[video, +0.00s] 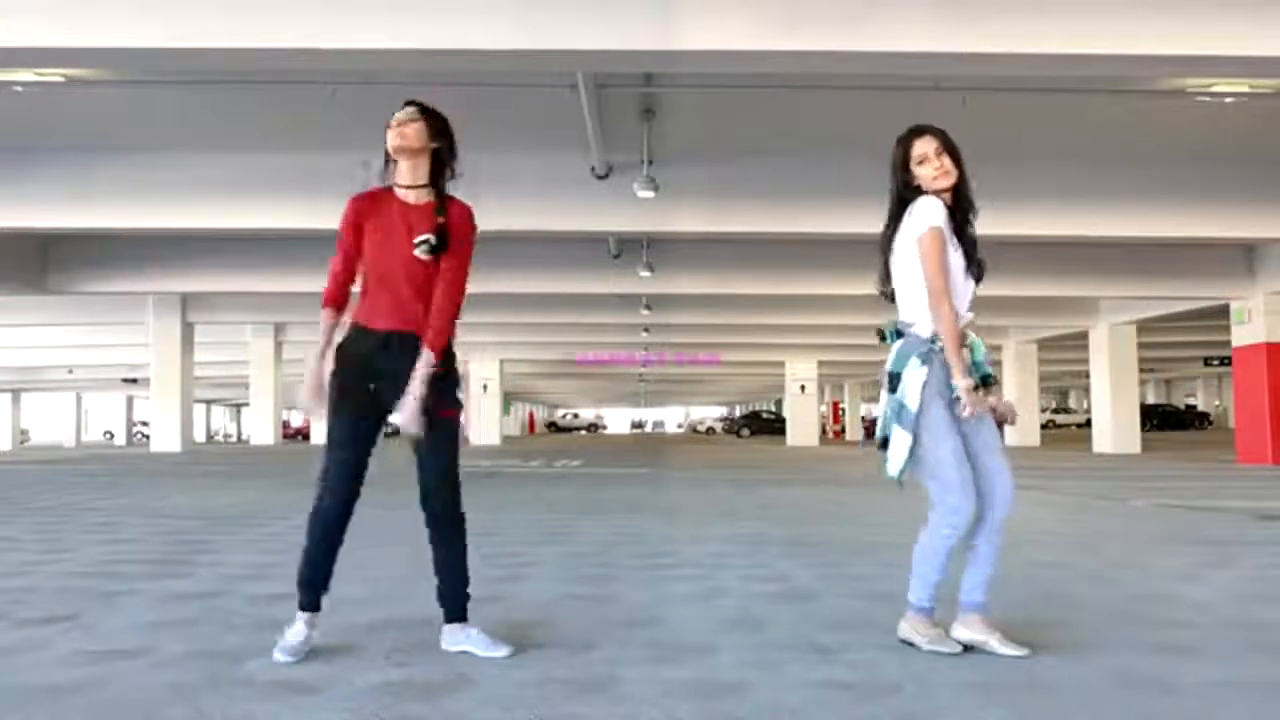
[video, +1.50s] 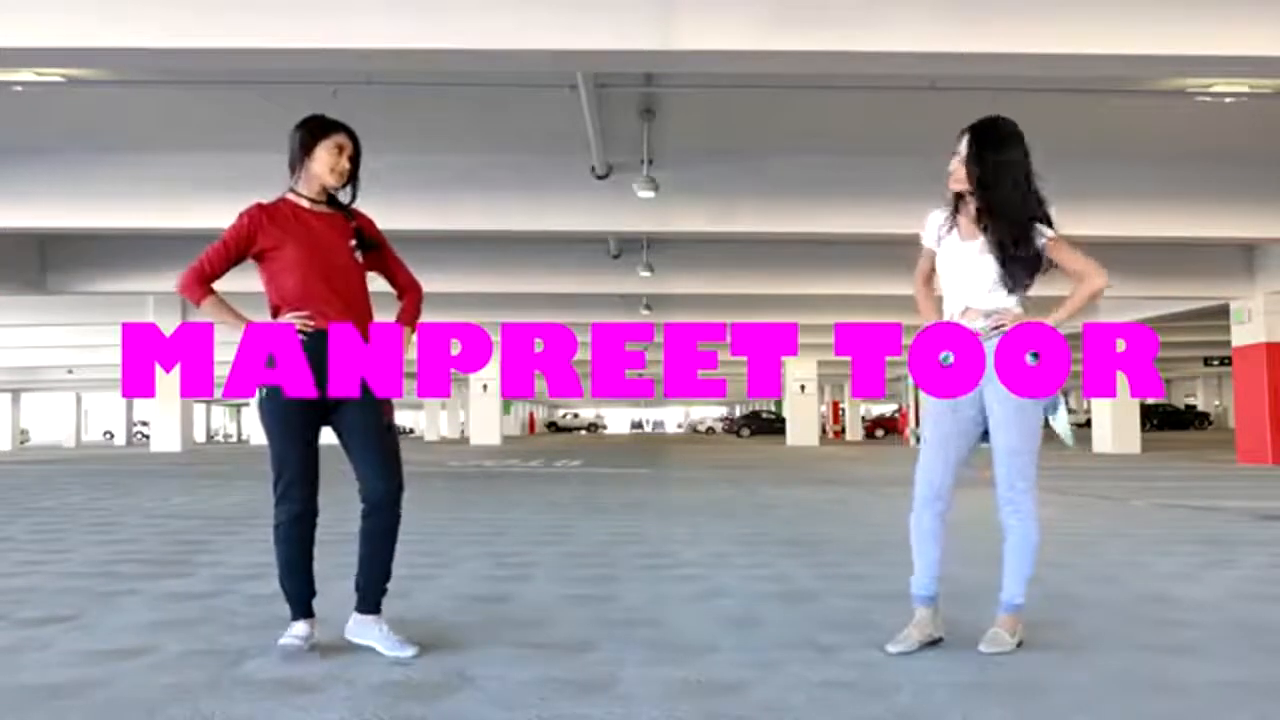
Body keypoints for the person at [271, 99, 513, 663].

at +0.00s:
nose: (397, 130)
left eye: (410, 122)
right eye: (393, 123)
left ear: (437, 141)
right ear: (387, 141)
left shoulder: (456, 216)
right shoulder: (363, 206)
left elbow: (446, 306)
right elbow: (339, 285)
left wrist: (417, 388)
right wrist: (319, 361)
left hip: (426, 361)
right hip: (362, 355)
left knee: (442, 495)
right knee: (337, 489)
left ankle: (456, 625)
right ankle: (306, 617)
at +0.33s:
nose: (349, 140)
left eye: (363, 136)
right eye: (344, 130)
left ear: (377, 158)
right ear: (328, 142)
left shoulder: (389, 216)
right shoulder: (291, 209)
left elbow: (459, 268)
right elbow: (246, 263)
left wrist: (457, 331)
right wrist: (214, 326)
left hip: (358, 360)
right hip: (292, 360)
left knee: (384, 492)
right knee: (297, 497)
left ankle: (424, 620)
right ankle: (299, 623)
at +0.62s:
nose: (344, 146)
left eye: (351, 141)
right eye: (334, 136)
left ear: (355, 161)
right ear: (307, 147)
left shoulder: (367, 221)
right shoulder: (268, 210)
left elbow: (425, 288)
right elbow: (198, 272)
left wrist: (403, 347)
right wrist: (252, 319)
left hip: (356, 365)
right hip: (288, 362)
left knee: (366, 495)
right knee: (291, 500)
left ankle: (358, 622)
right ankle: (298, 623)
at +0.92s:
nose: (341, 162)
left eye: (346, 156)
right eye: (332, 150)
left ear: (345, 166)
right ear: (301, 153)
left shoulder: (355, 225)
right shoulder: (262, 217)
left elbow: (408, 291)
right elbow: (192, 280)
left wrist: (391, 354)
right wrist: (254, 328)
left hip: (356, 371)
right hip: (291, 370)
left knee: (383, 490)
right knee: (293, 500)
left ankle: (362, 620)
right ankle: (300, 623)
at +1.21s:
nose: (343, 164)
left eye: (348, 157)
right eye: (334, 152)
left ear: (347, 167)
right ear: (304, 154)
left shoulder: (354, 226)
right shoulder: (264, 218)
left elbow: (406, 292)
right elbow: (194, 283)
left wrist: (391, 355)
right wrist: (257, 329)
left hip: (357, 371)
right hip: (292, 372)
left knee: (387, 488)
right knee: (296, 499)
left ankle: (366, 617)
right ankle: (302, 620)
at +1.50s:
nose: (344, 163)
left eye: (350, 156)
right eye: (335, 150)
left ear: (349, 167)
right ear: (304, 154)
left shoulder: (357, 227)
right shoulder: (264, 218)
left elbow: (411, 293)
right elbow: (191, 282)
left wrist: (389, 354)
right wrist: (253, 329)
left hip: (356, 372)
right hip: (290, 372)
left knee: (384, 489)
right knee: (295, 499)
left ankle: (365, 618)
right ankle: (301, 621)